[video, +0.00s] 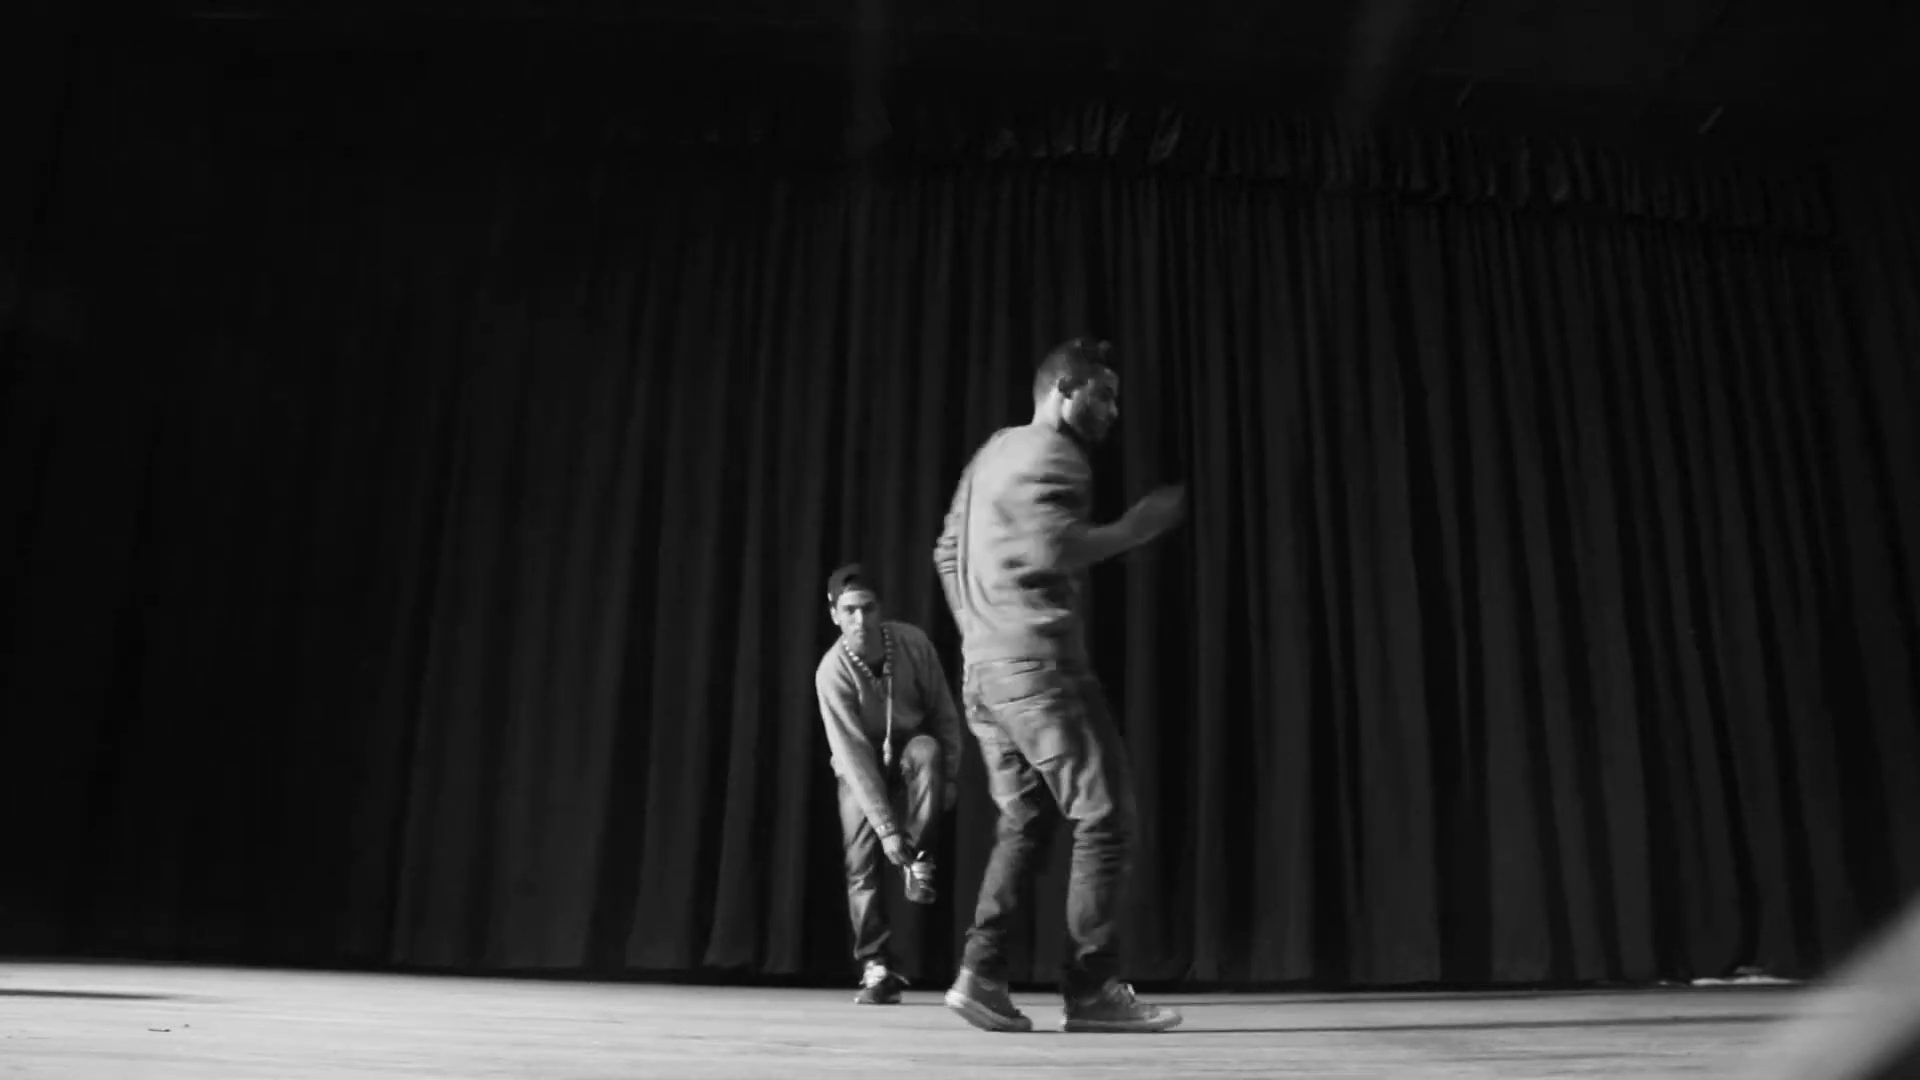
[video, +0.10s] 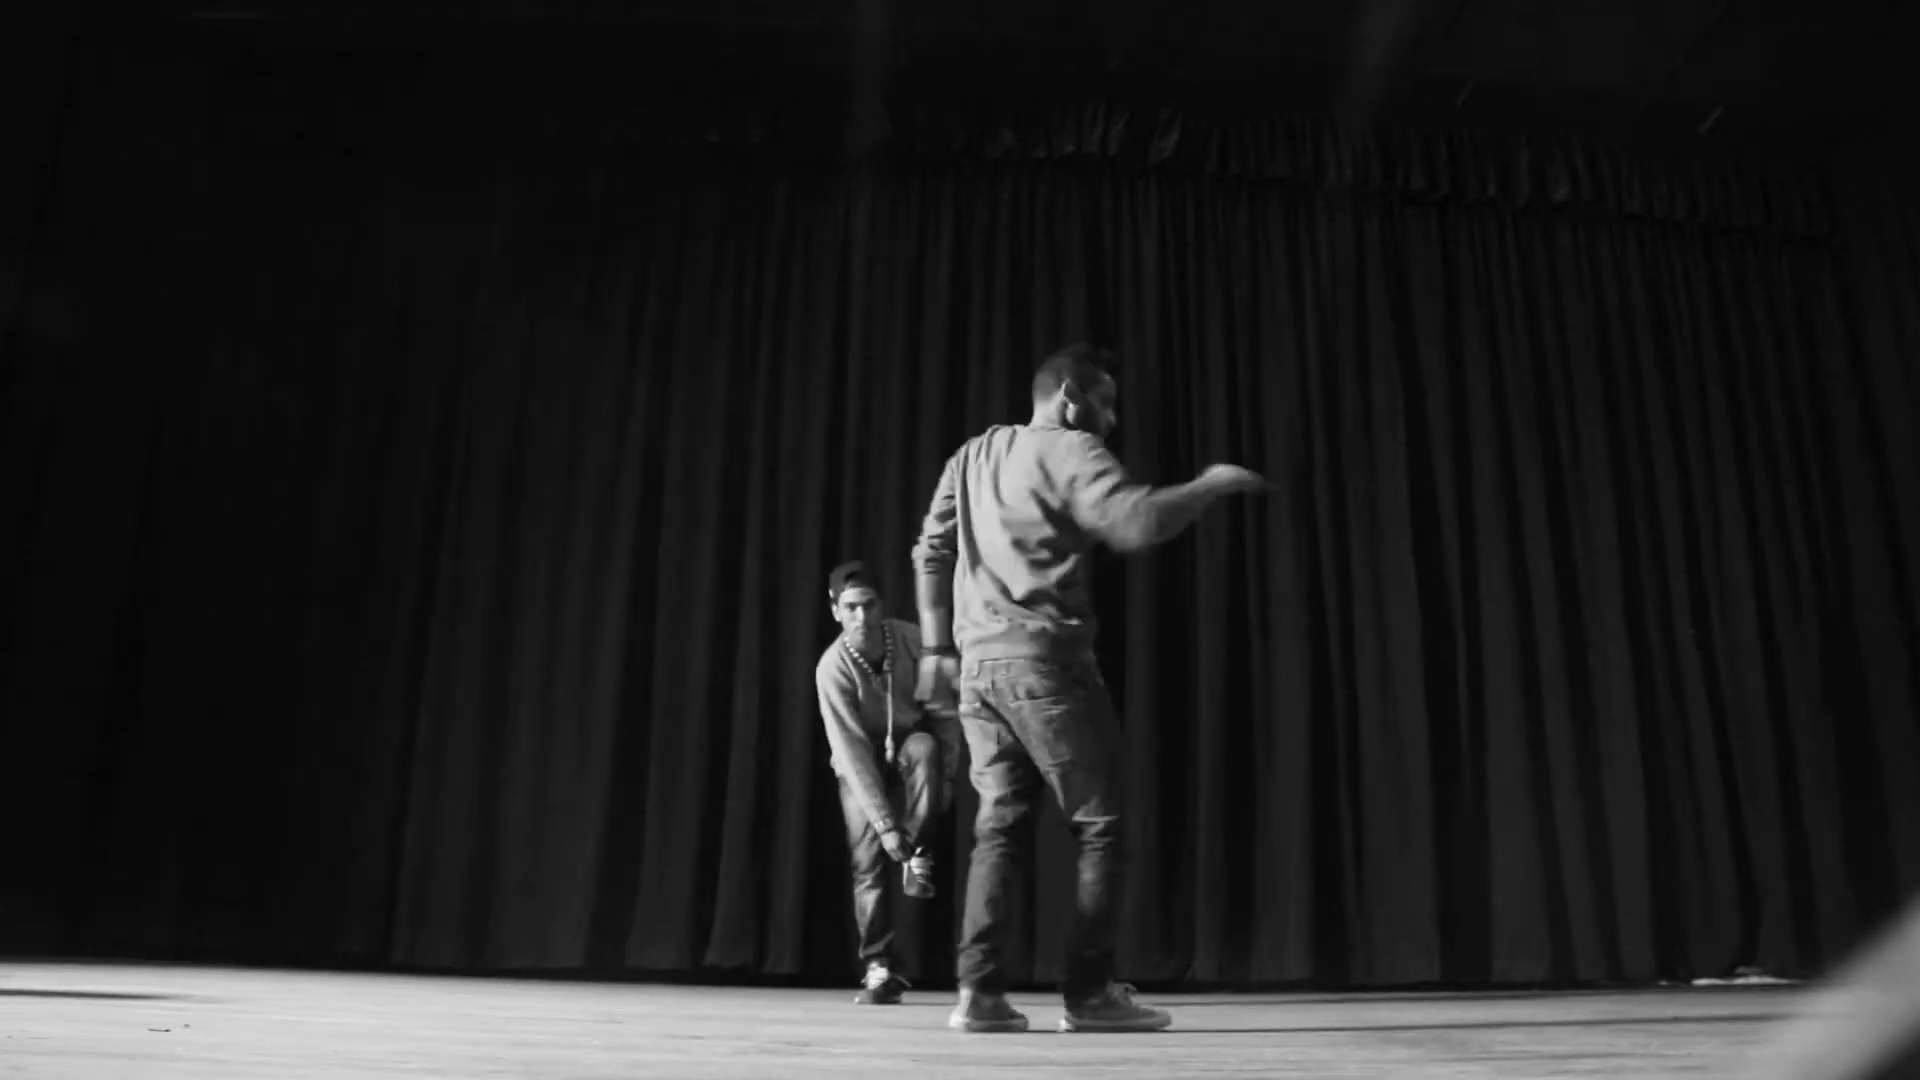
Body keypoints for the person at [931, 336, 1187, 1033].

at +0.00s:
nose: (1112, 412)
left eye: (1114, 399)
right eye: (1105, 396)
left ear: (1050, 395)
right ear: (1065, 391)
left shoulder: (991, 454)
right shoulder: (1051, 454)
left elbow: (949, 552)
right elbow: (1051, 548)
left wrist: (985, 635)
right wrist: (1133, 529)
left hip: (985, 673)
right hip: (1037, 668)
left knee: (1024, 817)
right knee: (1102, 815)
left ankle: (980, 976)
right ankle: (1095, 988)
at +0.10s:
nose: (1111, 421)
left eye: (1113, 407)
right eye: (1105, 406)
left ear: (1044, 400)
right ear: (1072, 398)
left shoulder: (975, 453)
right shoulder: (1072, 453)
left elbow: (931, 550)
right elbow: (1130, 523)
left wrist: (936, 644)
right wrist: (1211, 484)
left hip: (977, 668)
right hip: (1042, 664)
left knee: (999, 823)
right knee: (1100, 823)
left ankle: (978, 995)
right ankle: (1092, 994)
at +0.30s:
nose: (1108, 417)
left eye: (1106, 410)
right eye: (1106, 408)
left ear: (1034, 406)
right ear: (1092, 405)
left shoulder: (976, 453)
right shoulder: (1112, 440)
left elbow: (929, 540)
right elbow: (1201, 483)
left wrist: (893, 626)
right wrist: (1185, 560)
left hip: (985, 647)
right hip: (1066, 649)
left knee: (990, 813)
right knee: (1132, 801)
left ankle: (975, 995)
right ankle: (1130, 956)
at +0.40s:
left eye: (1038, 405)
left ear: (1033, 405)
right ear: (1096, 411)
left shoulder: (991, 442)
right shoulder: (1130, 453)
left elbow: (927, 516)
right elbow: (1191, 519)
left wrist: (892, 611)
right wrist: (1141, 581)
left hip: (1007, 651)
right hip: (1096, 657)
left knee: (981, 813)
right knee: (1133, 813)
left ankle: (961, 989)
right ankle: (1156, 967)